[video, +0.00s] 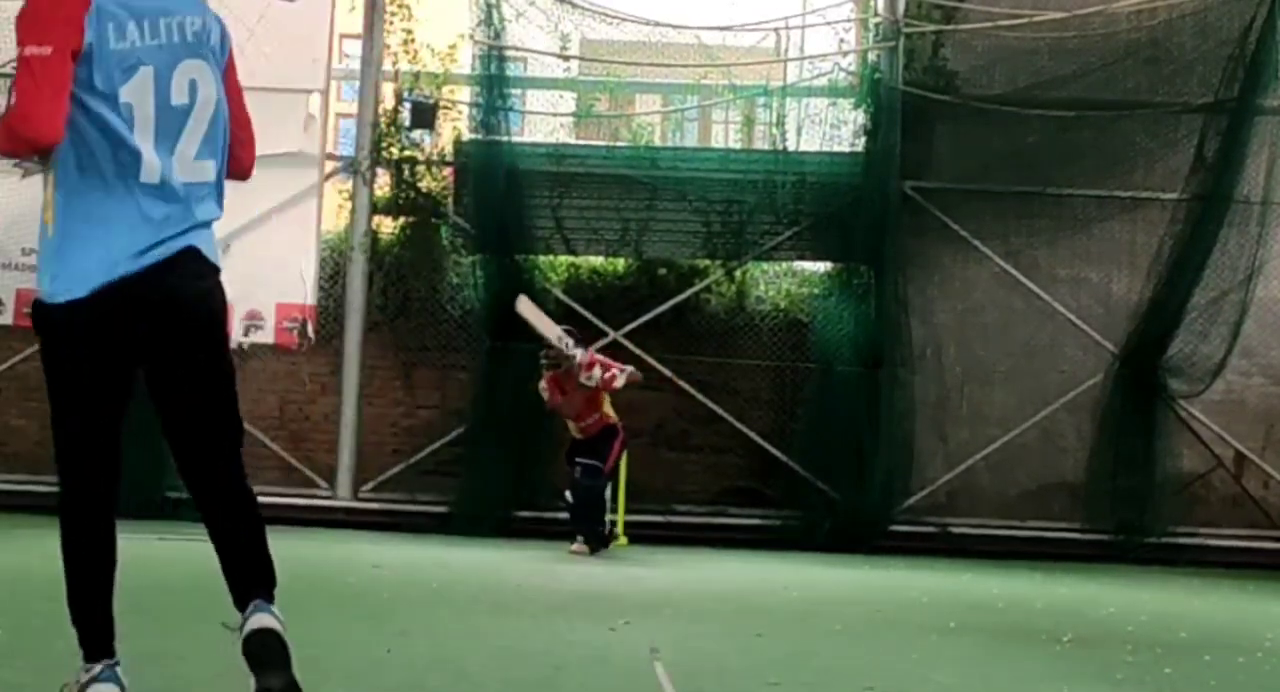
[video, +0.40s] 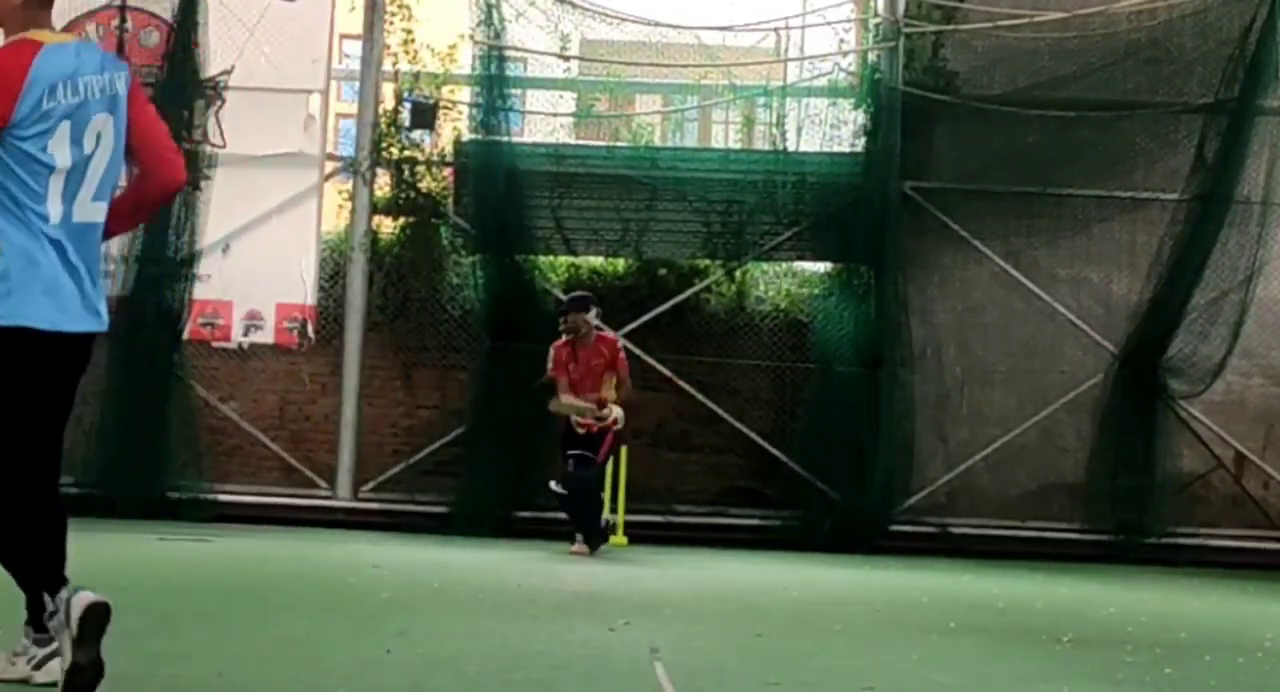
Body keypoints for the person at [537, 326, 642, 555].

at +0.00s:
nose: (550, 359)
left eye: (556, 353)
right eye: (547, 353)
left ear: (571, 354)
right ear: (545, 357)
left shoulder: (588, 366)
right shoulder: (549, 382)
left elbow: (632, 375)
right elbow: (562, 409)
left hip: (606, 430)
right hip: (580, 436)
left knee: (590, 479)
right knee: (577, 485)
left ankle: (587, 536)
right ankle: (596, 534)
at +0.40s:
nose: (568, 322)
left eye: (573, 316)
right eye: (566, 317)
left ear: (589, 317)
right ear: (566, 319)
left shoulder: (611, 343)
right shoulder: (559, 349)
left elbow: (624, 384)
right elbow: (562, 394)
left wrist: (614, 405)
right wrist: (587, 408)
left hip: (604, 414)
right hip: (574, 413)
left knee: (589, 472)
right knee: (574, 473)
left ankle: (584, 535)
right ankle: (587, 533)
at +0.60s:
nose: (582, 301)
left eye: (588, 296)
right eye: (579, 296)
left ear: (601, 298)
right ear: (575, 299)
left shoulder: (619, 331)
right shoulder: (566, 331)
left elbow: (630, 372)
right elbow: (559, 372)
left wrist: (634, 411)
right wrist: (546, 411)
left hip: (607, 398)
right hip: (576, 398)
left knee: (589, 460)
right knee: (564, 463)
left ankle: (585, 535)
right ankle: (592, 524)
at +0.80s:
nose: (586, 296)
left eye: (591, 290)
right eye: (583, 291)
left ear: (606, 292)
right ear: (581, 295)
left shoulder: (626, 327)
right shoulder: (576, 326)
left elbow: (641, 362)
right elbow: (565, 358)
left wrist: (651, 388)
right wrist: (542, 386)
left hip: (611, 393)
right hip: (584, 394)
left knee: (594, 459)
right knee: (581, 458)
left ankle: (586, 533)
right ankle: (609, 524)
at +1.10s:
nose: (601, 295)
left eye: (607, 290)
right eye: (599, 290)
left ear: (621, 294)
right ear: (596, 294)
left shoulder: (640, 324)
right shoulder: (591, 327)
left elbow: (654, 359)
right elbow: (586, 366)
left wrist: (662, 374)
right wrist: (573, 403)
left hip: (625, 392)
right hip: (597, 393)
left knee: (612, 458)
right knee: (601, 458)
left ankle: (601, 530)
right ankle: (614, 528)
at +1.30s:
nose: (632, 332)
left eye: (639, 327)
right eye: (628, 326)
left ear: (650, 330)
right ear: (623, 330)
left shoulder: (654, 355)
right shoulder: (636, 361)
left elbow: (660, 393)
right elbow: (651, 396)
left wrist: (651, 422)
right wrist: (648, 423)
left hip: (692, 409)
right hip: (673, 411)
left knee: (667, 470)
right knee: (656, 466)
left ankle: (669, 538)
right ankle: (662, 534)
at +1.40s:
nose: (633, 329)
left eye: (639, 324)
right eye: (629, 323)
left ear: (650, 327)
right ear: (624, 327)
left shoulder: (654, 354)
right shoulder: (637, 353)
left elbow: (662, 392)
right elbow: (653, 390)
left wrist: (651, 419)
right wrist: (644, 410)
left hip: (689, 409)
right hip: (670, 409)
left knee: (665, 470)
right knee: (651, 465)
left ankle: (669, 537)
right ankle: (651, 532)